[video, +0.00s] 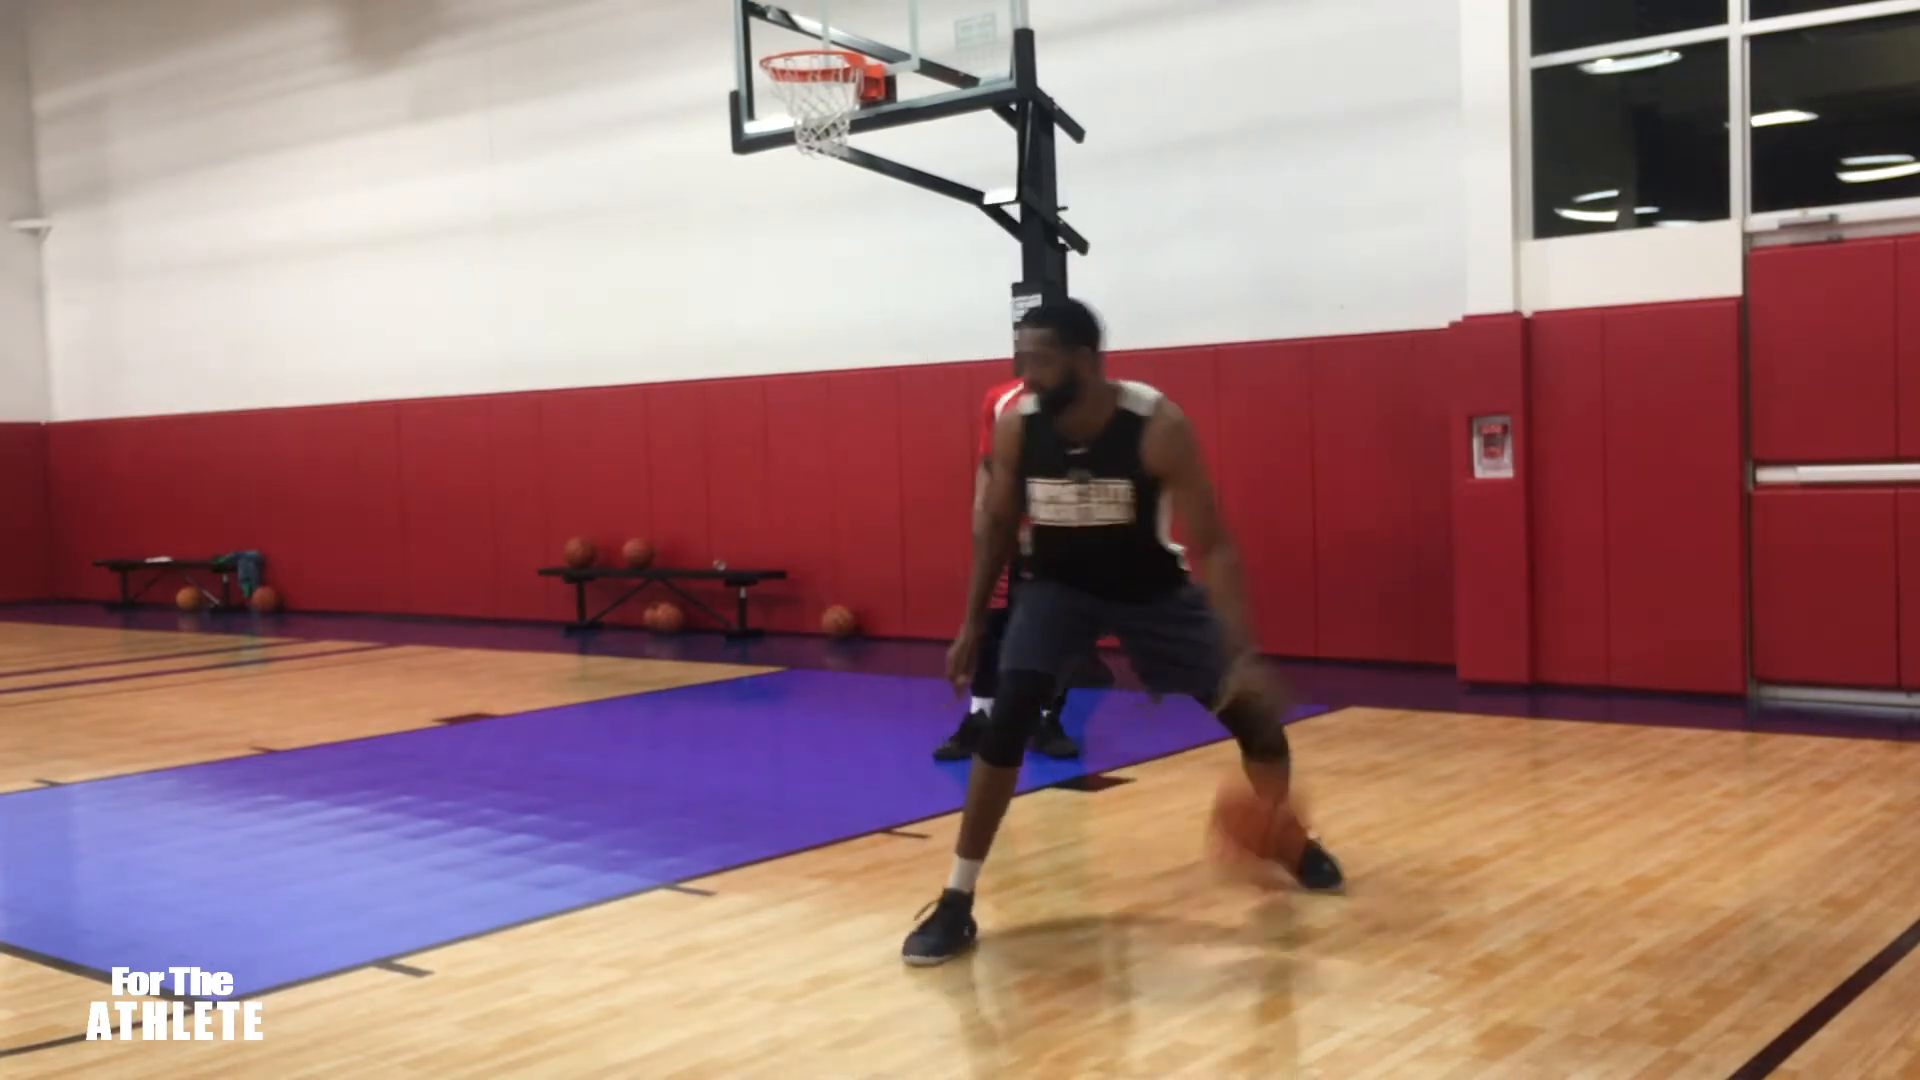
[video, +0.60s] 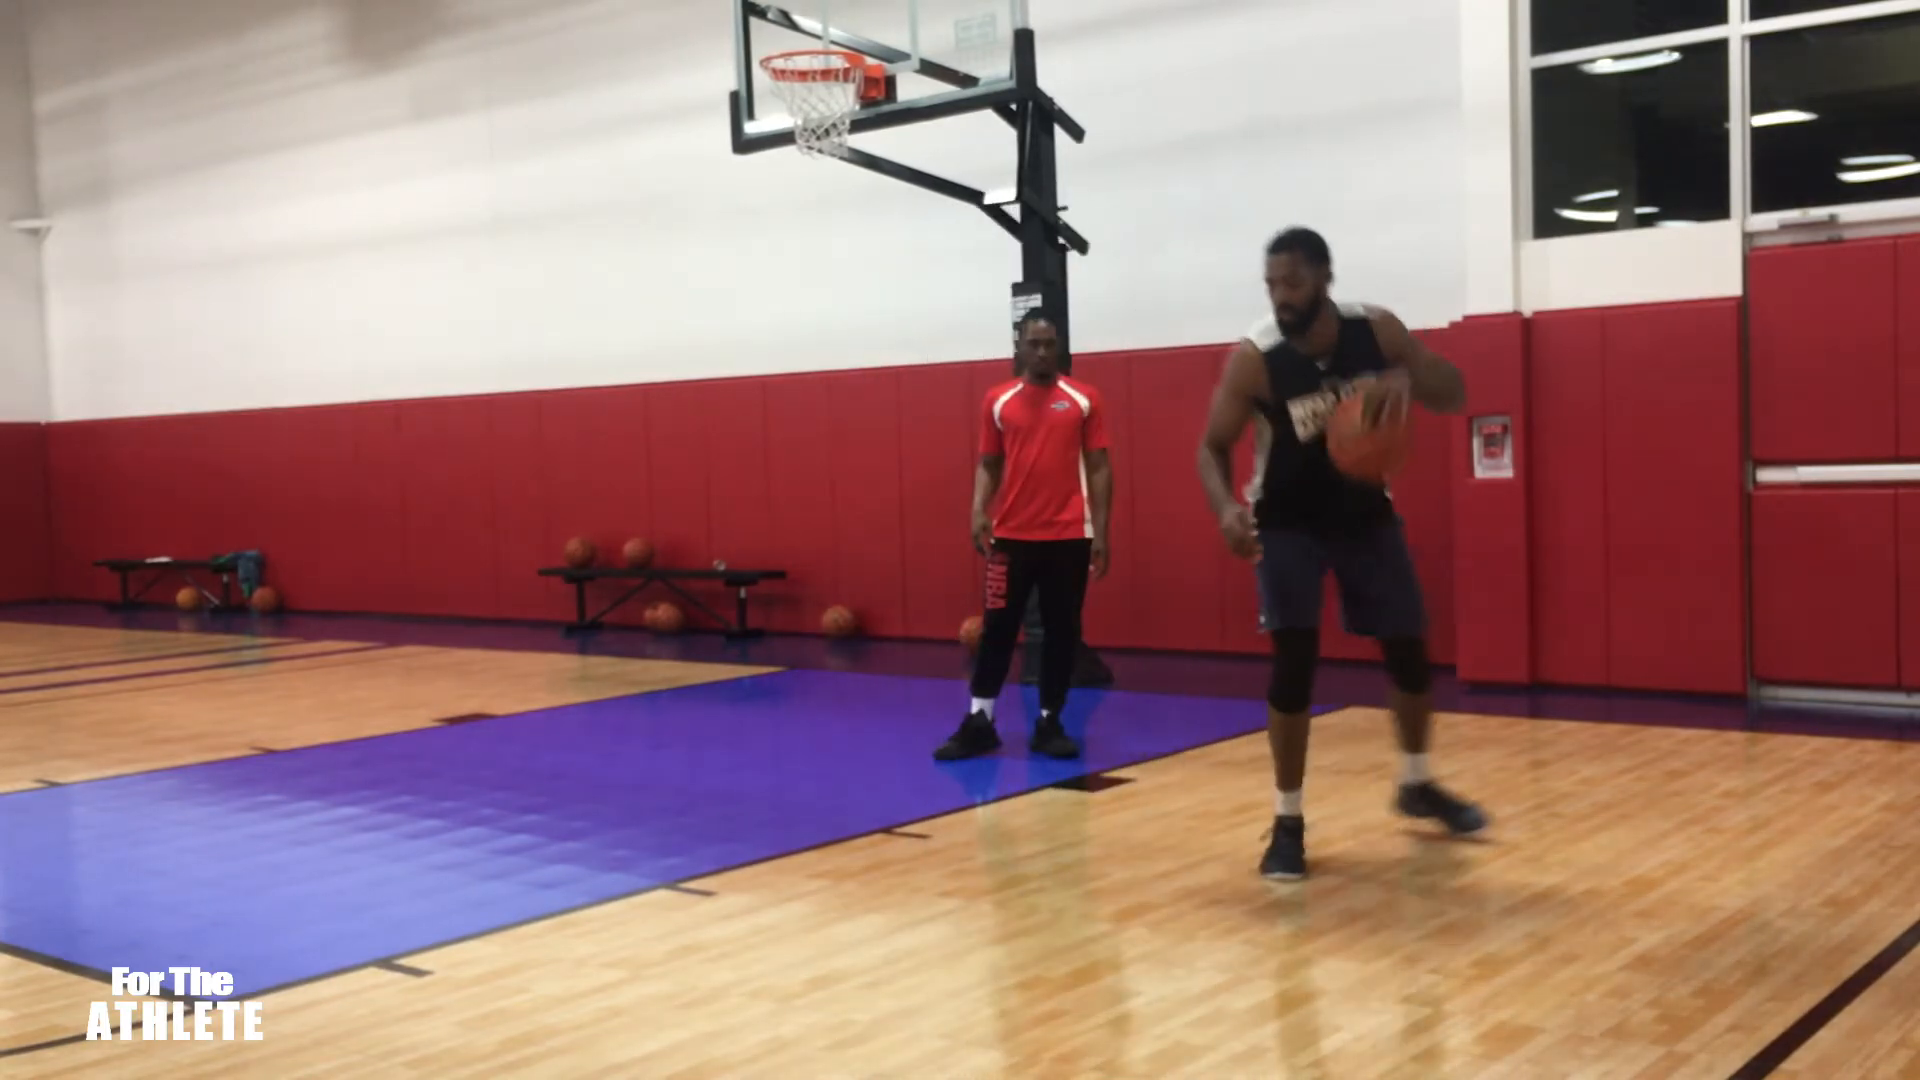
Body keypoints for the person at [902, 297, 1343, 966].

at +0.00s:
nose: (1025, 371)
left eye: (1037, 359)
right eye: (1021, 358)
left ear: (1084, 360)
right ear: (1024, 360)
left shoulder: (1156, 425)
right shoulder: (1017, 425)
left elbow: (1210, 543)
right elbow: (995, 529)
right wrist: (971, 630)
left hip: (1151, 590)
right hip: (1056, 592)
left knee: (1258, 711)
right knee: (1007, 720)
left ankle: (1283, 833)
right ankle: (956, 901)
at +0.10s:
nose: (1099, 352)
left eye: (1112, 339)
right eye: (1096, 339)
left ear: (1152, 340)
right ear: (1094, 343)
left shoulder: (1220, 404)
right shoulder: (1085, 416)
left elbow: (1292, 486)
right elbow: (1048, 506)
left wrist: (1339, 555)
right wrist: (1015, 594)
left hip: (1205, 582)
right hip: (1109, 584)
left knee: (1279, 716)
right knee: (1052, 717)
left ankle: (1262, 846)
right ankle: (970, 888)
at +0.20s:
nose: (1155, 323)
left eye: (1167, 309)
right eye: (1149, 311)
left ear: (1206, 306)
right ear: (1148, 314)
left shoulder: (1274, 367)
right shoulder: (1136, 389)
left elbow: (1350, 414)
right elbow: (1102, 472)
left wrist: (1403, 436)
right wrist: (1068, 558)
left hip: (1248, 558)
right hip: (1157, 561)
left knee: (1289, 697)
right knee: (1098, 694)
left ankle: (1263, 844)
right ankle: (1036, 858)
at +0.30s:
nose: (1190, 288)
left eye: (1202, 274)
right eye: (1183, 275)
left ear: (1238, 269)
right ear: (1182, 275)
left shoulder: (1305, 321)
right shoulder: (1172, 352)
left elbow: (1371, 360)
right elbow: (1134, 445)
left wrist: (1420, 372)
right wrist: (1107, 534)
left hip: (1281, 522)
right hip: (1196, 524)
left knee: (1290, 673)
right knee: (1171, 664)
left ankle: (1265, 839)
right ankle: (1136, 840)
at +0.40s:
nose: (1218, 263)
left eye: (1229, 249)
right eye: (1210, 251)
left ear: (1266, 243)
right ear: (1207, 250)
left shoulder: (1328, 292)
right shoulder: (1198, 330)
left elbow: (1384, 346)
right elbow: (1161, 422)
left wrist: (1429, 344)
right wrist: (1149, 522)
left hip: (1311, 504)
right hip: (1231, 510)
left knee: (1306, 655)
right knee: (1235, 653)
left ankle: (1292, 817)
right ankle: (1230, 821)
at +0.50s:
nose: (1249, 269)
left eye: (1260, 255)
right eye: (1240, 258)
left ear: (1294, 248)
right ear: (1235, 259)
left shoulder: (1351, 299)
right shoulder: (1225, 336)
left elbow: (1399, 357)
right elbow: (1186, 425)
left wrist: (1410, 341)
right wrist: (1192, 513)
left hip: (1340, 508)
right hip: (1264, 515)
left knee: (1352, 652)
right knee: (1280, 657)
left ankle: (1347, 803)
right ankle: (1288, 819)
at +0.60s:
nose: (1278, 297)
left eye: (1289, 284)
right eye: (1270, 285)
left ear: (1324, 277)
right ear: (1266, 284)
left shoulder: (1376, 332)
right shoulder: (1255, 361)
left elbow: (1452, 394)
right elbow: (1212, 447)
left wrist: (1402, 377)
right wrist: (1224, 509)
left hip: (1367, 519)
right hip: (1289, 528)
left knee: (1410, 651)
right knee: (1294, 662)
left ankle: (1417, 785)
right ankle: (1287, 822)